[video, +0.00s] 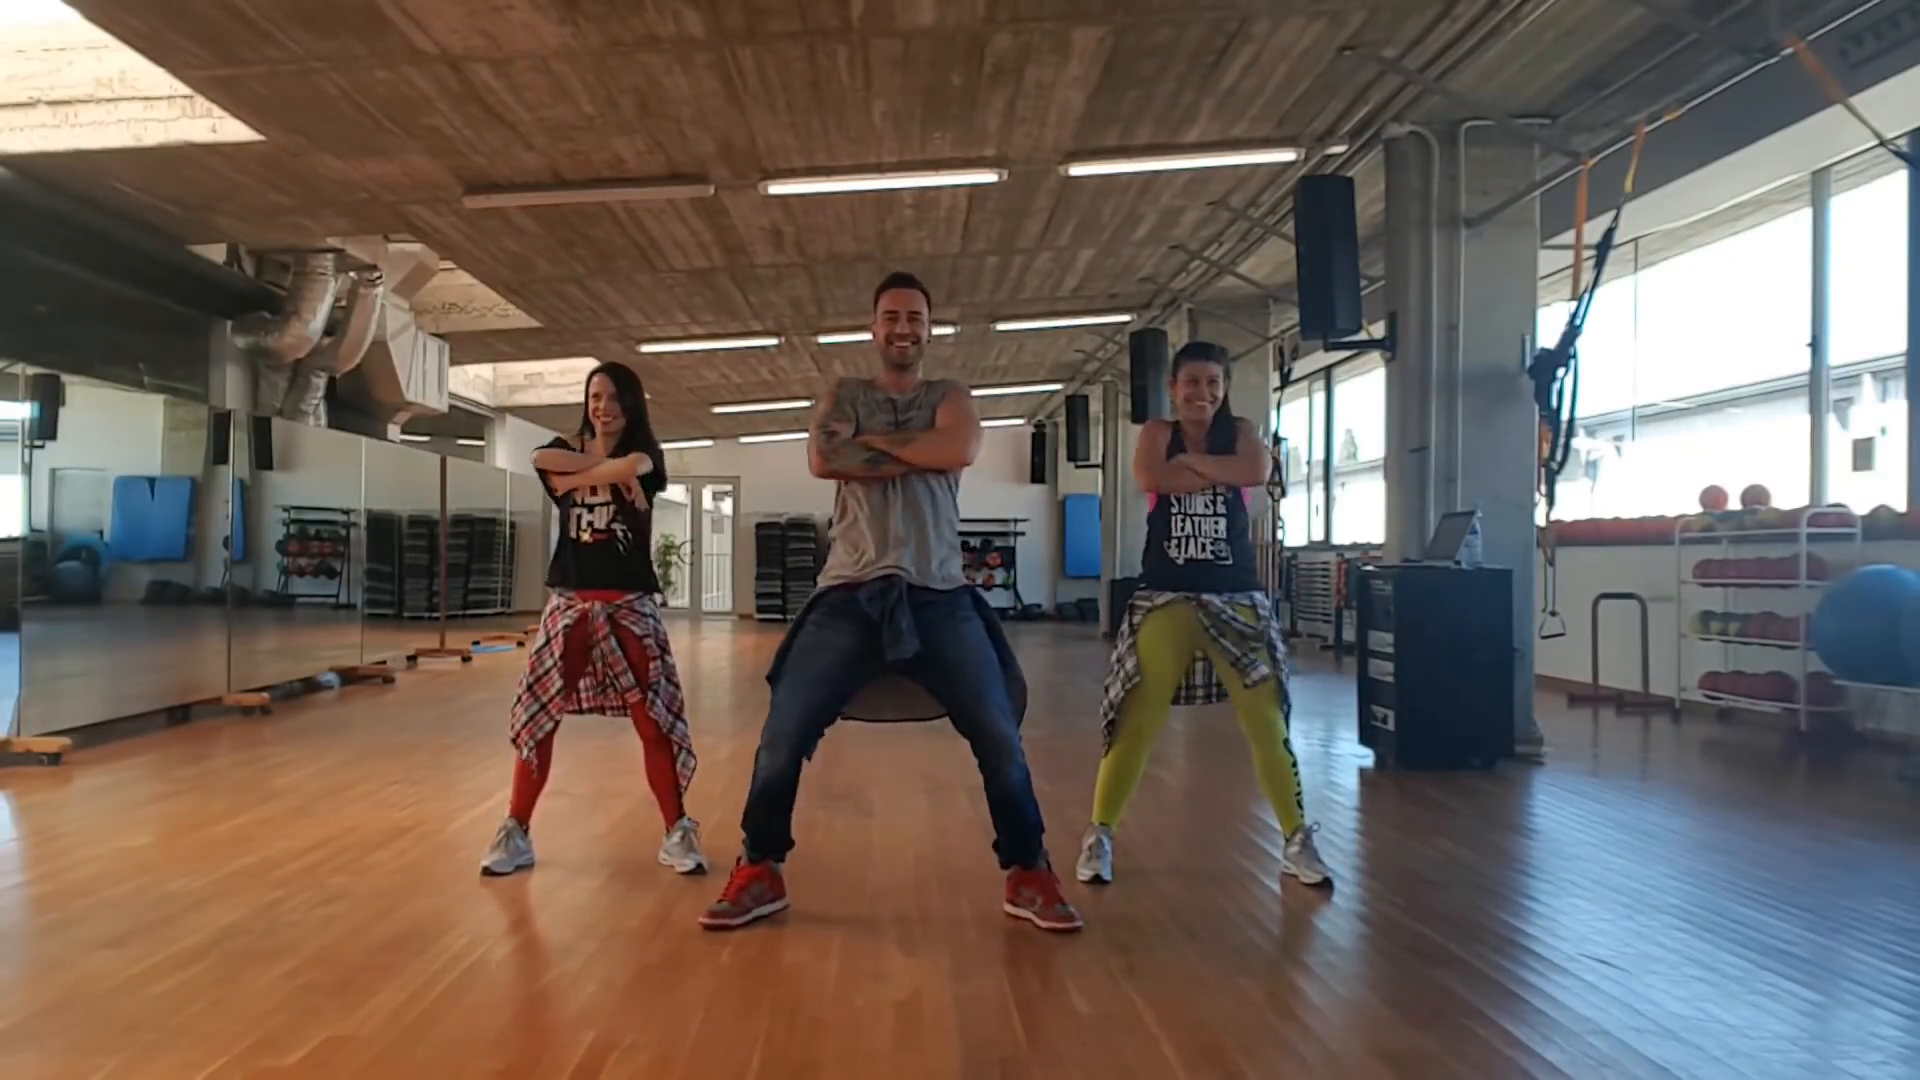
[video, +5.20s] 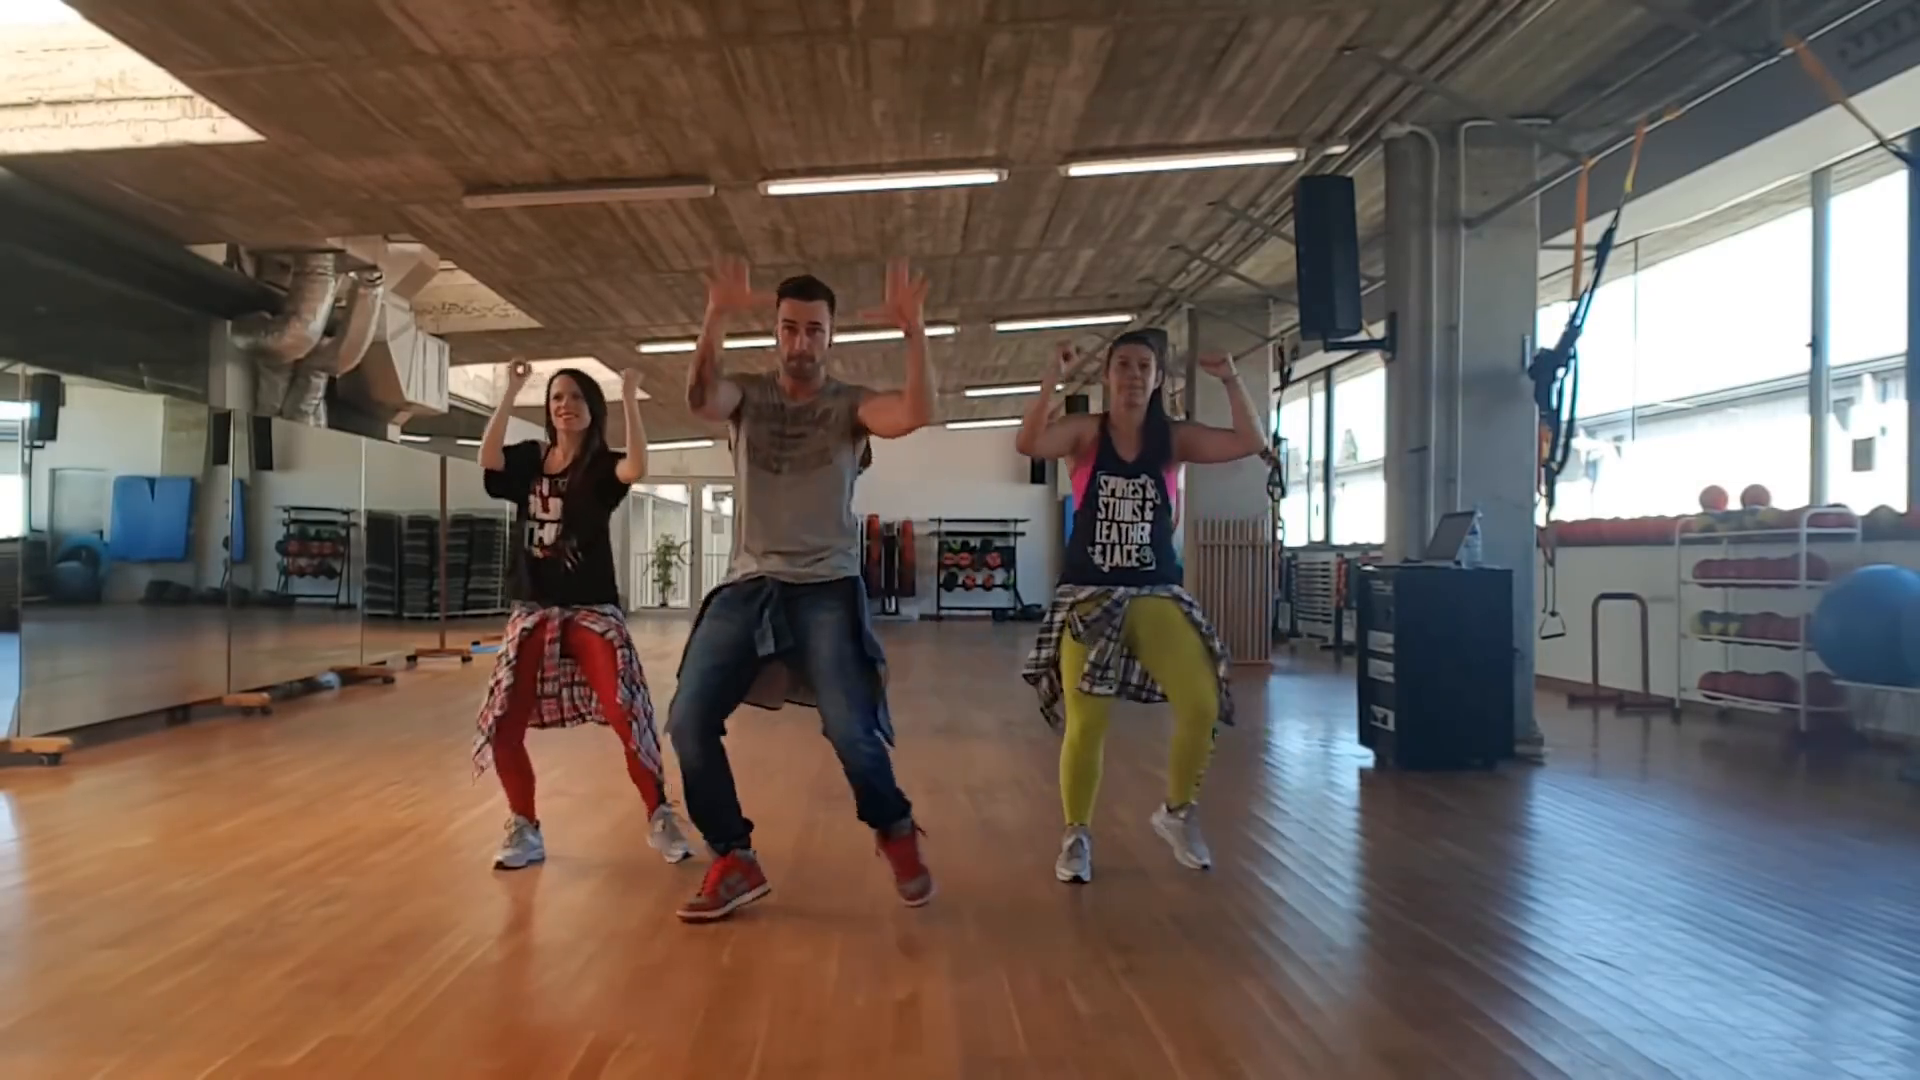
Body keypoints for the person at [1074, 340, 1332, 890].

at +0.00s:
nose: (1201, 392)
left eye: (1211, 383)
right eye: (1191, 382)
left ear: (1224, 388)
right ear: (1173, 387)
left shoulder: (1242, 431)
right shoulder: (1156, 432)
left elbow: (1256, 473)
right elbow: (1149, 477)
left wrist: (1188, 460)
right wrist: (1224, 470)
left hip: (1237, 598)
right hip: (1165, 598)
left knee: (1266, 721)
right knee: (1141, 718)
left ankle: (1297, 841)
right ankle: (1099, 837)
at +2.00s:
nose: (1186, 386)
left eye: (1196, 377)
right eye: (1177, 376)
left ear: (1209, 385)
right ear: (1158, 382)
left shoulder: (1222, 428)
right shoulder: (1140, 434)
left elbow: (1228, 473)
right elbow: (1125, 487)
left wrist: (1159, 466)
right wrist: (1193, 474)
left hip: (1216, 592)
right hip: (1148, 591)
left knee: (1253, 719)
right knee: (1125, 717)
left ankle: (1294, 841)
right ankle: (1096, 837)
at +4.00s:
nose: (1197, 374)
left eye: (1206, 367)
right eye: (1186, 366)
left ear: (1220, 379)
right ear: (1170, 379)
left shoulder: (1236, 426)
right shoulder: (1153, 429)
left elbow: (1257, 464)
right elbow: (1141, 478)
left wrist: (1181, 462)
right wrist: (1220, 476)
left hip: (1233, 591)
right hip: (1164, 591)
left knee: (1264, 714)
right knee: (1138, 717)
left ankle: (1297, 841)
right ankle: (1098, 838)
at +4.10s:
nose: (1192, 372)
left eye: (1202, 364)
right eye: (1182, 364)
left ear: (1216, 377)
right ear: (1164, 377)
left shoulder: (1235, 426)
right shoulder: (1146, 429)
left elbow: (1270, 454)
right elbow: (1108, 475)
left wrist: (1203, 431)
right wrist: (1165, 460)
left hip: (1227, 591)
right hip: (1157, 591)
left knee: (1260, 714)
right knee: (1134, 715)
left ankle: (1297, 840)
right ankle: (1098, 838)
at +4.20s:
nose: (1193, 371)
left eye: (1202, 362)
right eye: (1182, 362)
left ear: (1216, 377)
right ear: (1164, 376)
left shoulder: (1232, 428)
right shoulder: (1146, 430)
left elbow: (1287, 444)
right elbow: (1094, 461)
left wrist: (1241, 387)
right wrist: (1145, 410)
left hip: (1226, 592)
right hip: (1157, 592)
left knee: (1258, 712)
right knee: (1132, 714)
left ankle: (1295, 840)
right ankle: (1098, 838)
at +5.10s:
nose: (1141, 382)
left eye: (1151, 373)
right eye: (1131, 372)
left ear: (1168, 386)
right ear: (1116, 382)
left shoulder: (1181, 445)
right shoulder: (1097, 437)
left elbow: (1256, 451)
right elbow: (1065, 450)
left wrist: (1245, 386)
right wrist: (1101, 392)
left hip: (1164, 600)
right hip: (1095, 600)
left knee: (1219, 710)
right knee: (1085, 729)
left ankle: (1248, 827)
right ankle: (1076, 837)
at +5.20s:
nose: (1132, 375)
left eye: (1143, 367)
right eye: (1123, 366)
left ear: (1158, 378)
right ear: (1107, 375)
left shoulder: (1173, 437)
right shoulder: (1085, 430)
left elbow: (1248, 442)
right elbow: (1029, 444)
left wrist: (1231, 380)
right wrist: (1054, 381)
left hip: (1156, 595)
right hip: (1087, 594)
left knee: (1201, 703)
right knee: (1086, 722)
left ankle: (1177, 813)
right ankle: (1076, 836)